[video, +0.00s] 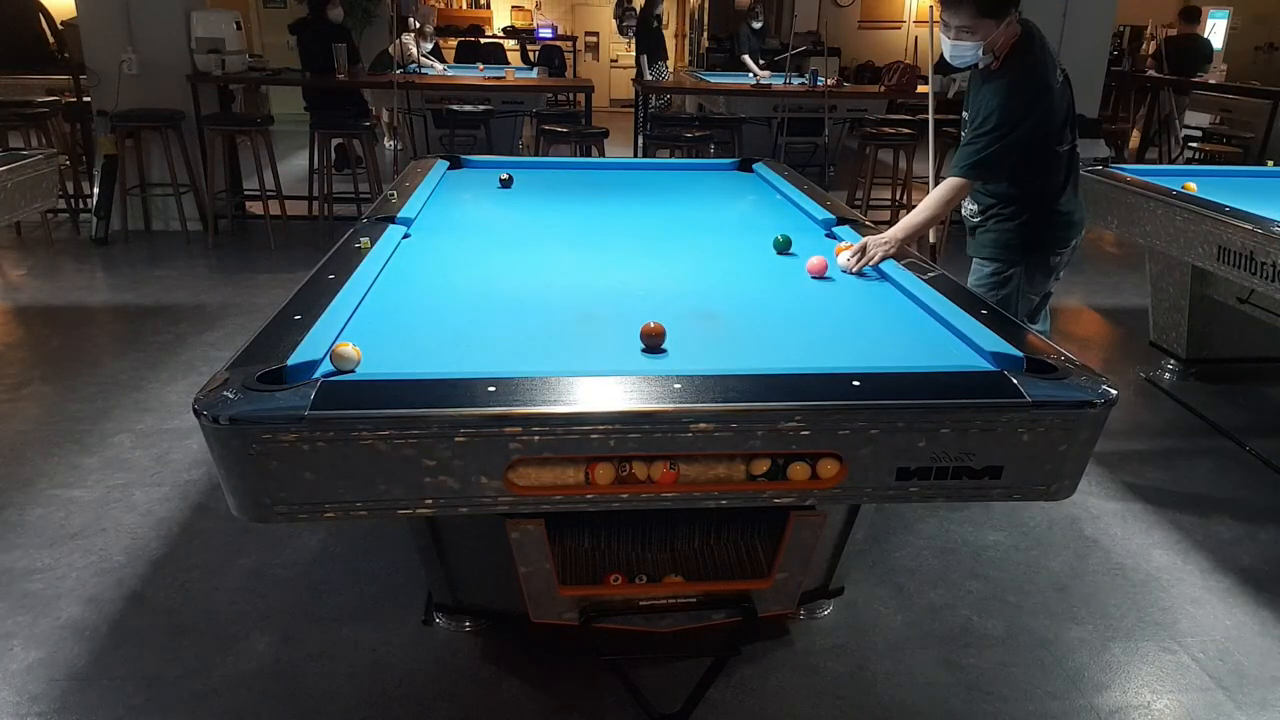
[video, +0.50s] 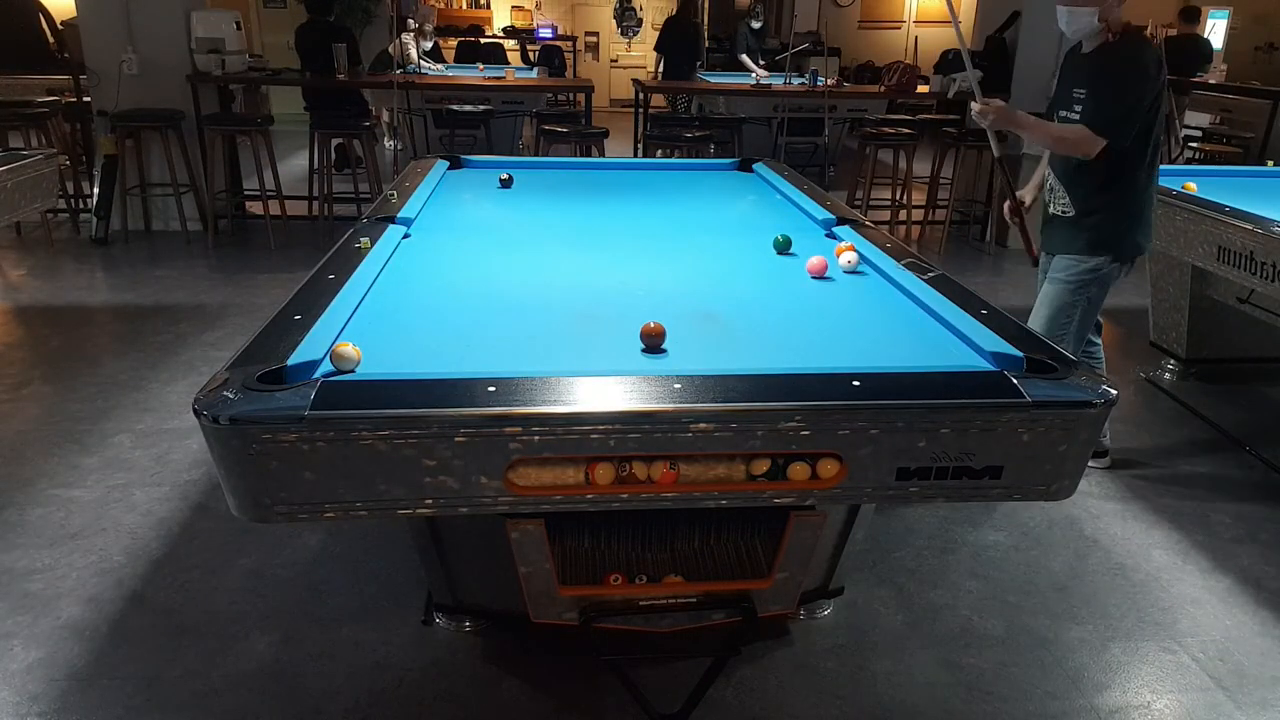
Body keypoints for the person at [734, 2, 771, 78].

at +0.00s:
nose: (757, 24)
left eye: (760, 22)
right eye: (755, 22)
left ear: (763, 19)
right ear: (749, 19)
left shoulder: (762, 28)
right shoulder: (743, 30)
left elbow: (757, 46)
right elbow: (744, 56)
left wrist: (759, 59)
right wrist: (759, 72)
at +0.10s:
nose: (758, 24)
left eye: (760, 21)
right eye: (756, 21)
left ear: (763, 19)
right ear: (750, 19)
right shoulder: (743, 29)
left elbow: (755, 47)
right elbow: (739, 55)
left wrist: (759, 60)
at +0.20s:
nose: (757, 24)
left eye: (759, 22)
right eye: (754, 22)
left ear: (762, 19)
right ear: (749, 19)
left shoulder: (760, 28)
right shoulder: (742, 29)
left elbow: (756, 46)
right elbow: (740, 54)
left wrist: (760, 59)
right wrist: (749, 72)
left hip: (754, 66)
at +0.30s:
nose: (755, 25)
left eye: (758, 23)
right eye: (752, 22)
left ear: (761, 20)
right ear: (748, 19)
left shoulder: (761, 28)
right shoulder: (741, 30)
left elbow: (757, 46)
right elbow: (738, 55)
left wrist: (759, 60)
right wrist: (747, 73)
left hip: (753, 66)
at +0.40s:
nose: (755, 25)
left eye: (758, 23)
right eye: (753, 23)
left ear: (761, 20)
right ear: (747, 19)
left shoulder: (761, 28)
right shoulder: (741, 30)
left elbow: (757, 46)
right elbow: (738, 56)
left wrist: (759, 59)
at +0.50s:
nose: (757, 25)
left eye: (759, 22)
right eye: (754, 22)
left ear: (763, 19)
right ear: (749, 18)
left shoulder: (761, 27)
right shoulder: (742, 29)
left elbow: (757, 46)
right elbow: (741, 55)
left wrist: (759, 60)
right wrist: (757, 70)